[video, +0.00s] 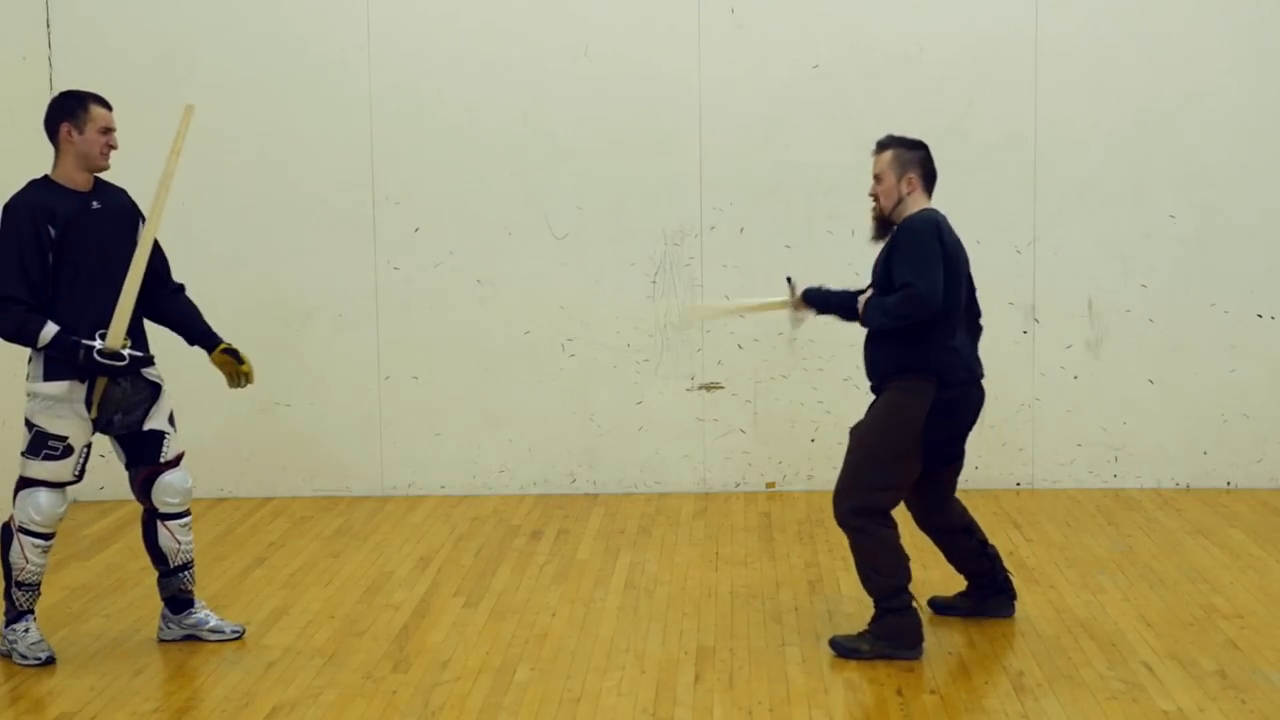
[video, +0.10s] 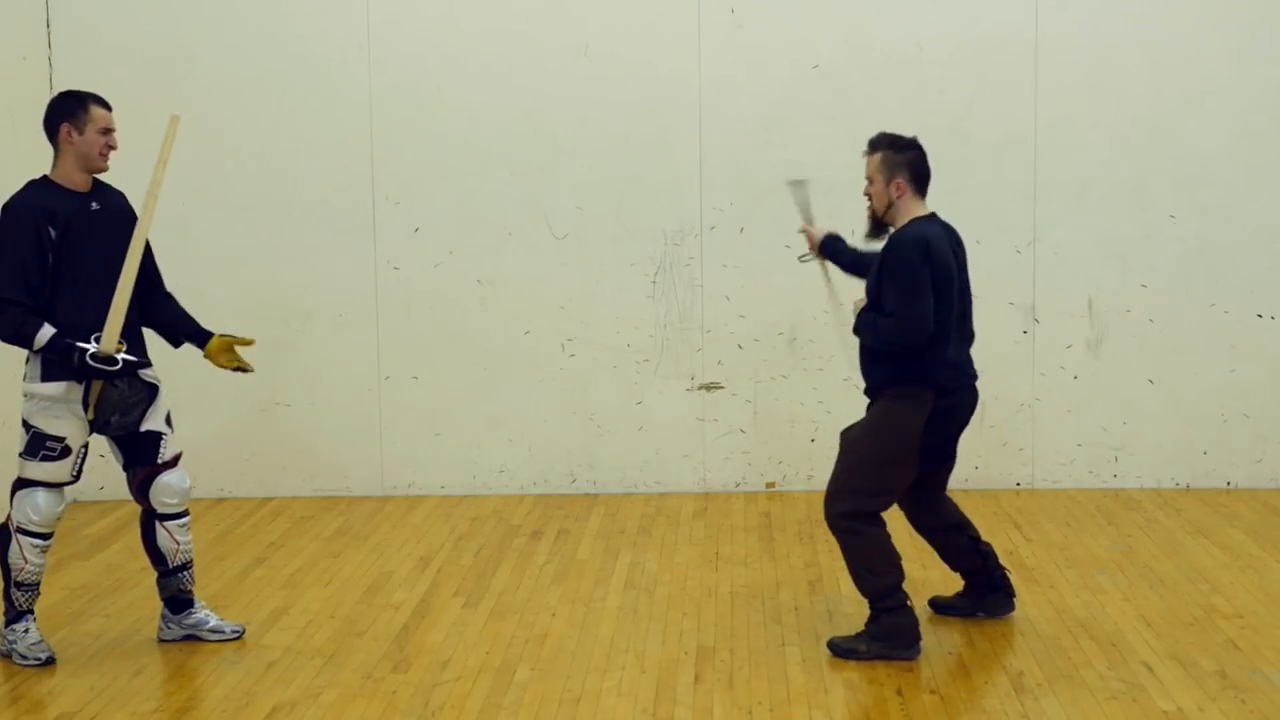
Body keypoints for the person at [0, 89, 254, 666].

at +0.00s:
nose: (114, 142)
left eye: (114, 133)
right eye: (104, 132)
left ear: (85, 136)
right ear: (68, 134)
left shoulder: (122, 207)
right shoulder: (28, 210)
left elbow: (158, 290)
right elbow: (8, 310)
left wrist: (212, 343)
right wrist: (76, 348)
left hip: (133, 372)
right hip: (61, 376)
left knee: (170, 489)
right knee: (42, 503)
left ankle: (181, 611)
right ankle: (19, 622)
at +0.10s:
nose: (113, 143)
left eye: (113, 133)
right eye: (104, 133)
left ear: (85, 136)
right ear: (67, 134)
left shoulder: (115, 206)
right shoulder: (26, 211)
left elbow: (148, 291)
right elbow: (7, 313)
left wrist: (204, 339)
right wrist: (74, 350)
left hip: (130, 373)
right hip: (57, 378)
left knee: (167, 490)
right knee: (40, 503)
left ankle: (180, 611)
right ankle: (19, 623)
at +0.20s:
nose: (110, 144)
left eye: (111, 134)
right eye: (101, 134)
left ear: (86, 137)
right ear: (65, 135)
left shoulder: (112, 209)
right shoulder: (25, 210)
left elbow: (141, 301)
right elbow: (6, 311)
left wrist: (196, 332)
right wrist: (58, 344)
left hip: (125, 373)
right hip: (55, 376)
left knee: (162, 490)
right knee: (39, 503)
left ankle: (180, 611)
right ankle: (17, 622)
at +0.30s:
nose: (108, 145)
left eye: (109, 135)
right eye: (99, 135)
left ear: (85, 138)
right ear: (63, 135)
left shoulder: (107, 207)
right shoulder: (22, 209)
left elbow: (135, 293)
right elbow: (4, 309)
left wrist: (199, 315)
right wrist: (48, 337)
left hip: (120, 373)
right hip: (53, 379)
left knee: (159, 487)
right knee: (37, 502)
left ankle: (180, 611)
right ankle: (16, 622)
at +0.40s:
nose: (107, 145)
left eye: (108, 135)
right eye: (98, 135)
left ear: (79, 137)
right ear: (61, 136)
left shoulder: (105, 206)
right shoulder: (19, 210)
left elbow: (135, 288)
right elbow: (4, 309)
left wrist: (203, 304)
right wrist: (43, 335)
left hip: (119, 372)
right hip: (53, 378)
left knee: (156, 488)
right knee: (38, 502)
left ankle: (180, 611)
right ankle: (16, 622)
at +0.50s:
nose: (108, 145)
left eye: (108, 135)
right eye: (99, 135)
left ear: (80, 137)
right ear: (62, 136)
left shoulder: (106, 205)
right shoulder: (20, 211)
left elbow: (135, 287)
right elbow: (5, 310)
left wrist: (204, 305)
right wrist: (46, 338)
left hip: (120, 372)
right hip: (54, 377)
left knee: (159, 487)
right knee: (39, 502)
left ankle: (180, 611)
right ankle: (16, 622)